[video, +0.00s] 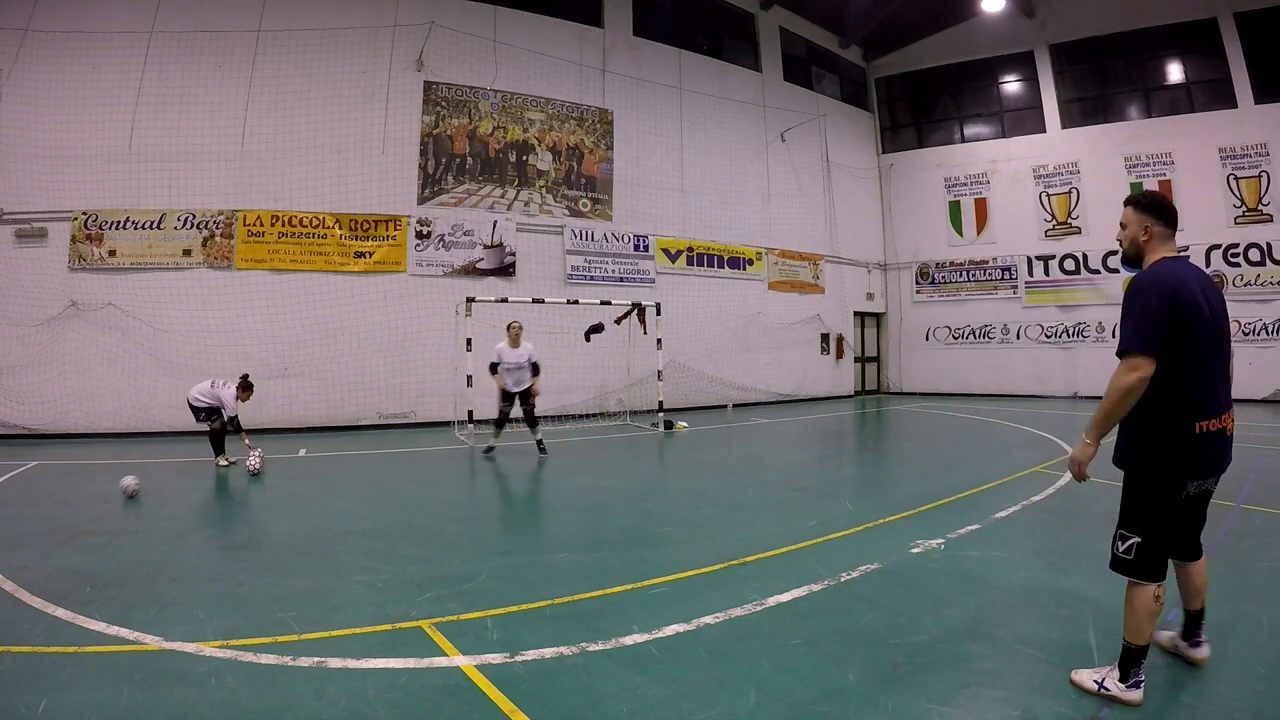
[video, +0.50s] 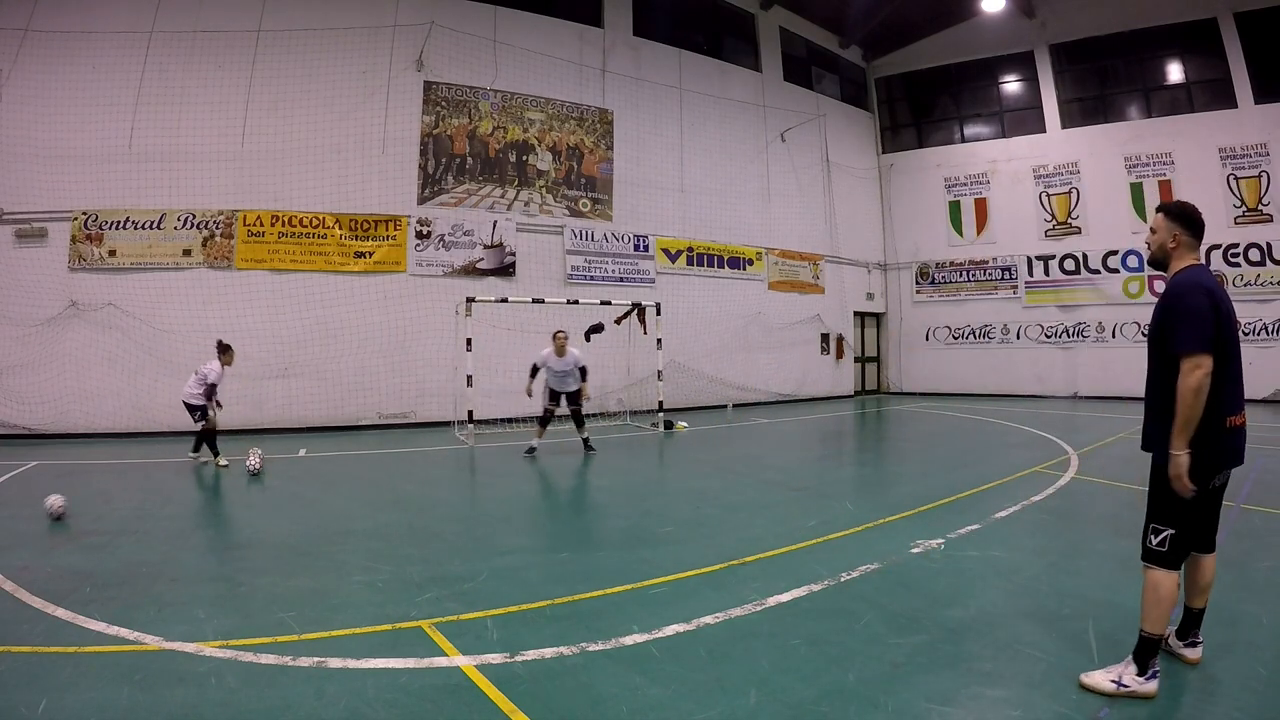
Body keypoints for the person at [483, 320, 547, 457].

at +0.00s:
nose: (517, 331)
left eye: (519, 328)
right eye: (514, 328)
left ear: (522, 332)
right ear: (508, 332)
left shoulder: (528, 348)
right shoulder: (500, 348)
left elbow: (535, 367)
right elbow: (493, 367)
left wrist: (535, 383)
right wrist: (499, 382)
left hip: (526, 386)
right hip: (508, 387)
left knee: (530, 417)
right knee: (502, 418)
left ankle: (540, 442)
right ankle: (492, 444)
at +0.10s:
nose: (524, 326)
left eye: (526, 324)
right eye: (521, 324)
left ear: (529, 328)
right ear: (515, 328)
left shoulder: (535, 342)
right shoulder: (508, 344)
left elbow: (543, 360)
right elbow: (500, 362)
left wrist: (546, 380)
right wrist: (507, 379)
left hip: (534, 382)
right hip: (516, 382)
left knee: (535, 412)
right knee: (513, 413)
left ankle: (543, 438)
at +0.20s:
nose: (531, 329)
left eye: (533, 327)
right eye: (528, 327)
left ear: (536, 330)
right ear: (522, 330)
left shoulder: (543, 343)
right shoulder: (515, 345)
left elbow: (550, 362)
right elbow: (506, 362)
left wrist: (553, 382)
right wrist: (510, 382)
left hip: (541, 383)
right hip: (523, 383)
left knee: (545, 412)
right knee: (524, 414)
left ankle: (554, 436)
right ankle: (525, 444)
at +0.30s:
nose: (539, 337)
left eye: (541, 334)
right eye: (536, 334)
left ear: (544, 337)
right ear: (530, 337)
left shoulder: (550, 352)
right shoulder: (522, 353)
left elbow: (558, 369)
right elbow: (514, 367)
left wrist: (561, 388)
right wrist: (513, 387)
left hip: (549, 387)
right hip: (530, 388)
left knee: (557, 414)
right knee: (530, 416)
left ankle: (569, 436)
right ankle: (527, 446)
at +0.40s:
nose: (550, 342)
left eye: (552, 339)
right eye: (547, 340)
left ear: (555, 342)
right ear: (541, 342)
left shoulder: (561, 356)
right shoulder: (534, 356)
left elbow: (570, 371)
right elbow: (524, 368)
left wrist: (572, 390)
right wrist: (520, 385)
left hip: (560, 387)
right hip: (540, 387)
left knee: (568, 414)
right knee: (537, 416)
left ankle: (582, 437)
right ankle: (528, 445)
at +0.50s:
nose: (562, 341)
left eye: (564, 339)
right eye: (559, 339)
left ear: (567, 341)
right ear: (554, 342)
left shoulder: (574, 354)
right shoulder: (546, 355)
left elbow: (583, 370)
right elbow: (535, 367)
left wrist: (584, 389)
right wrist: (529, 385)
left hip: (572, 387)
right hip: (553, 387)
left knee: (577, 415)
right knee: (547, 416)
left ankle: (586, 442)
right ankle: (534, 444)